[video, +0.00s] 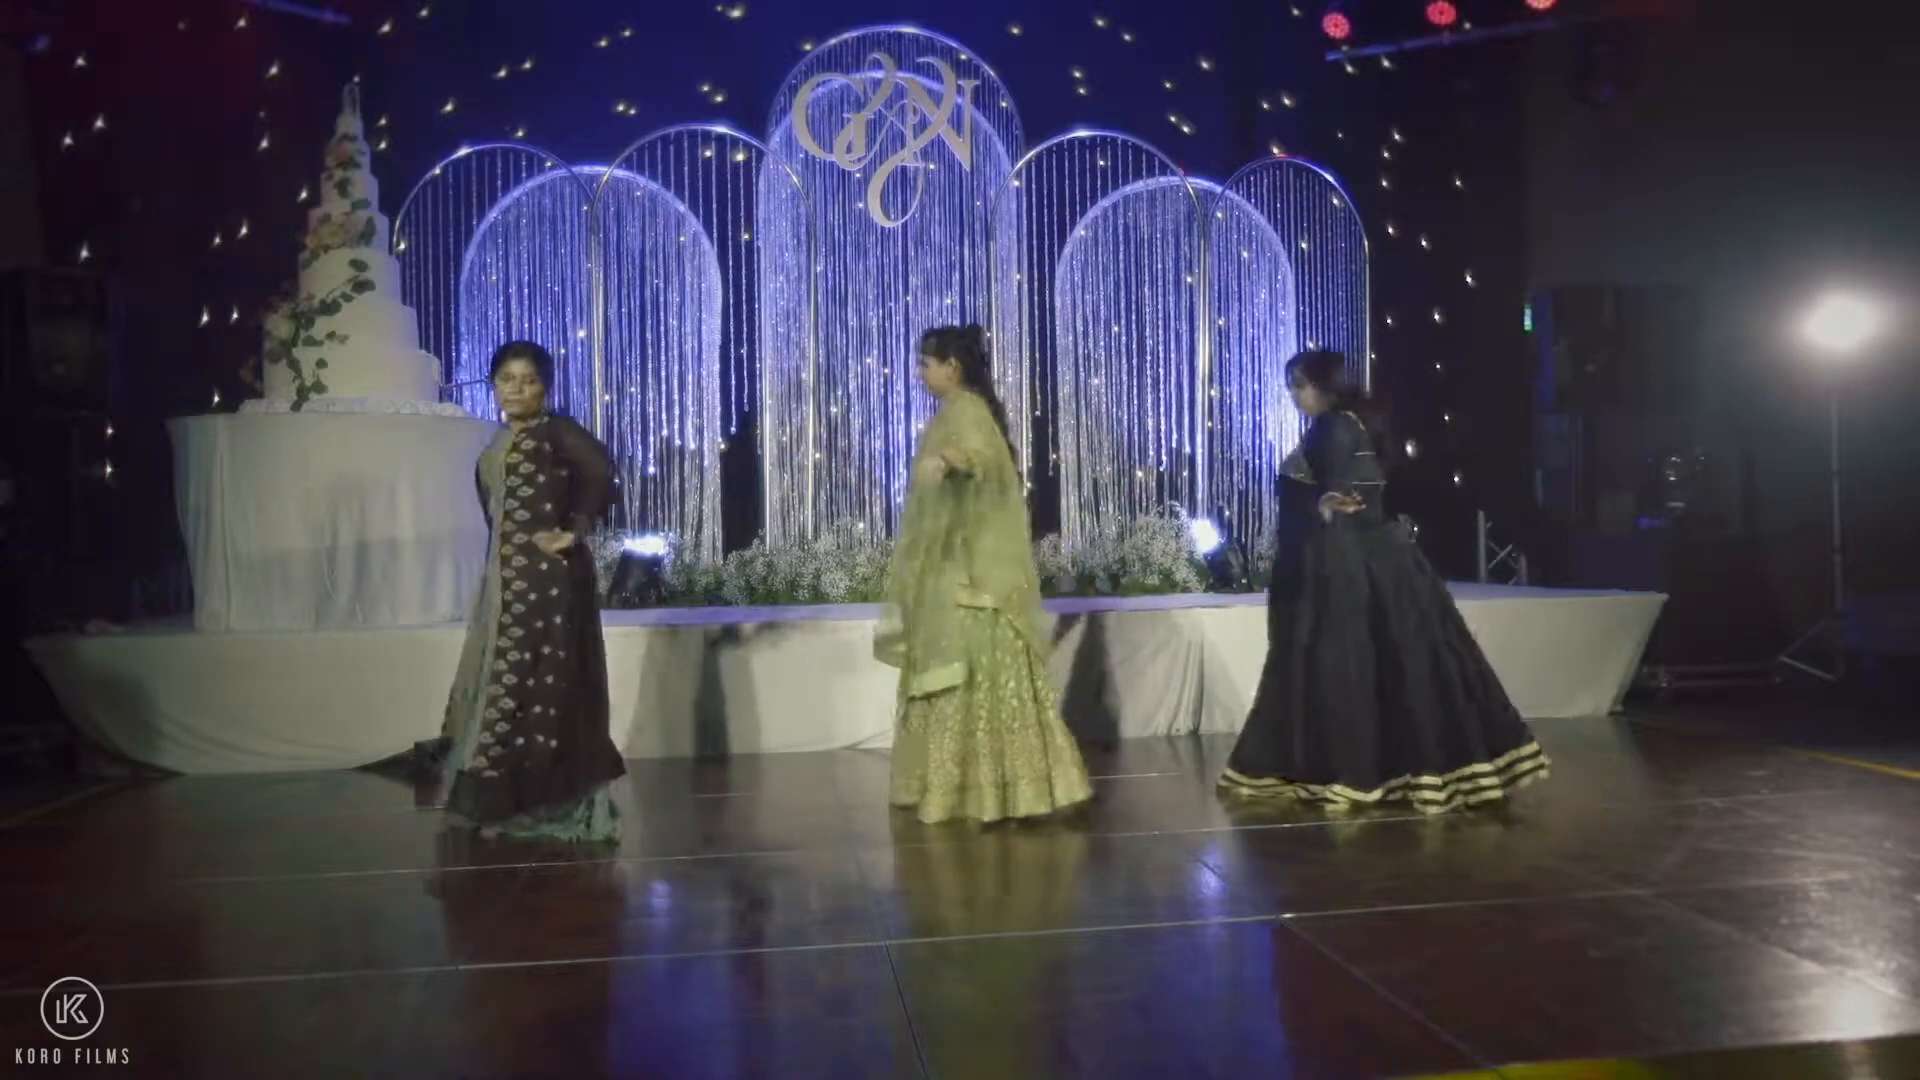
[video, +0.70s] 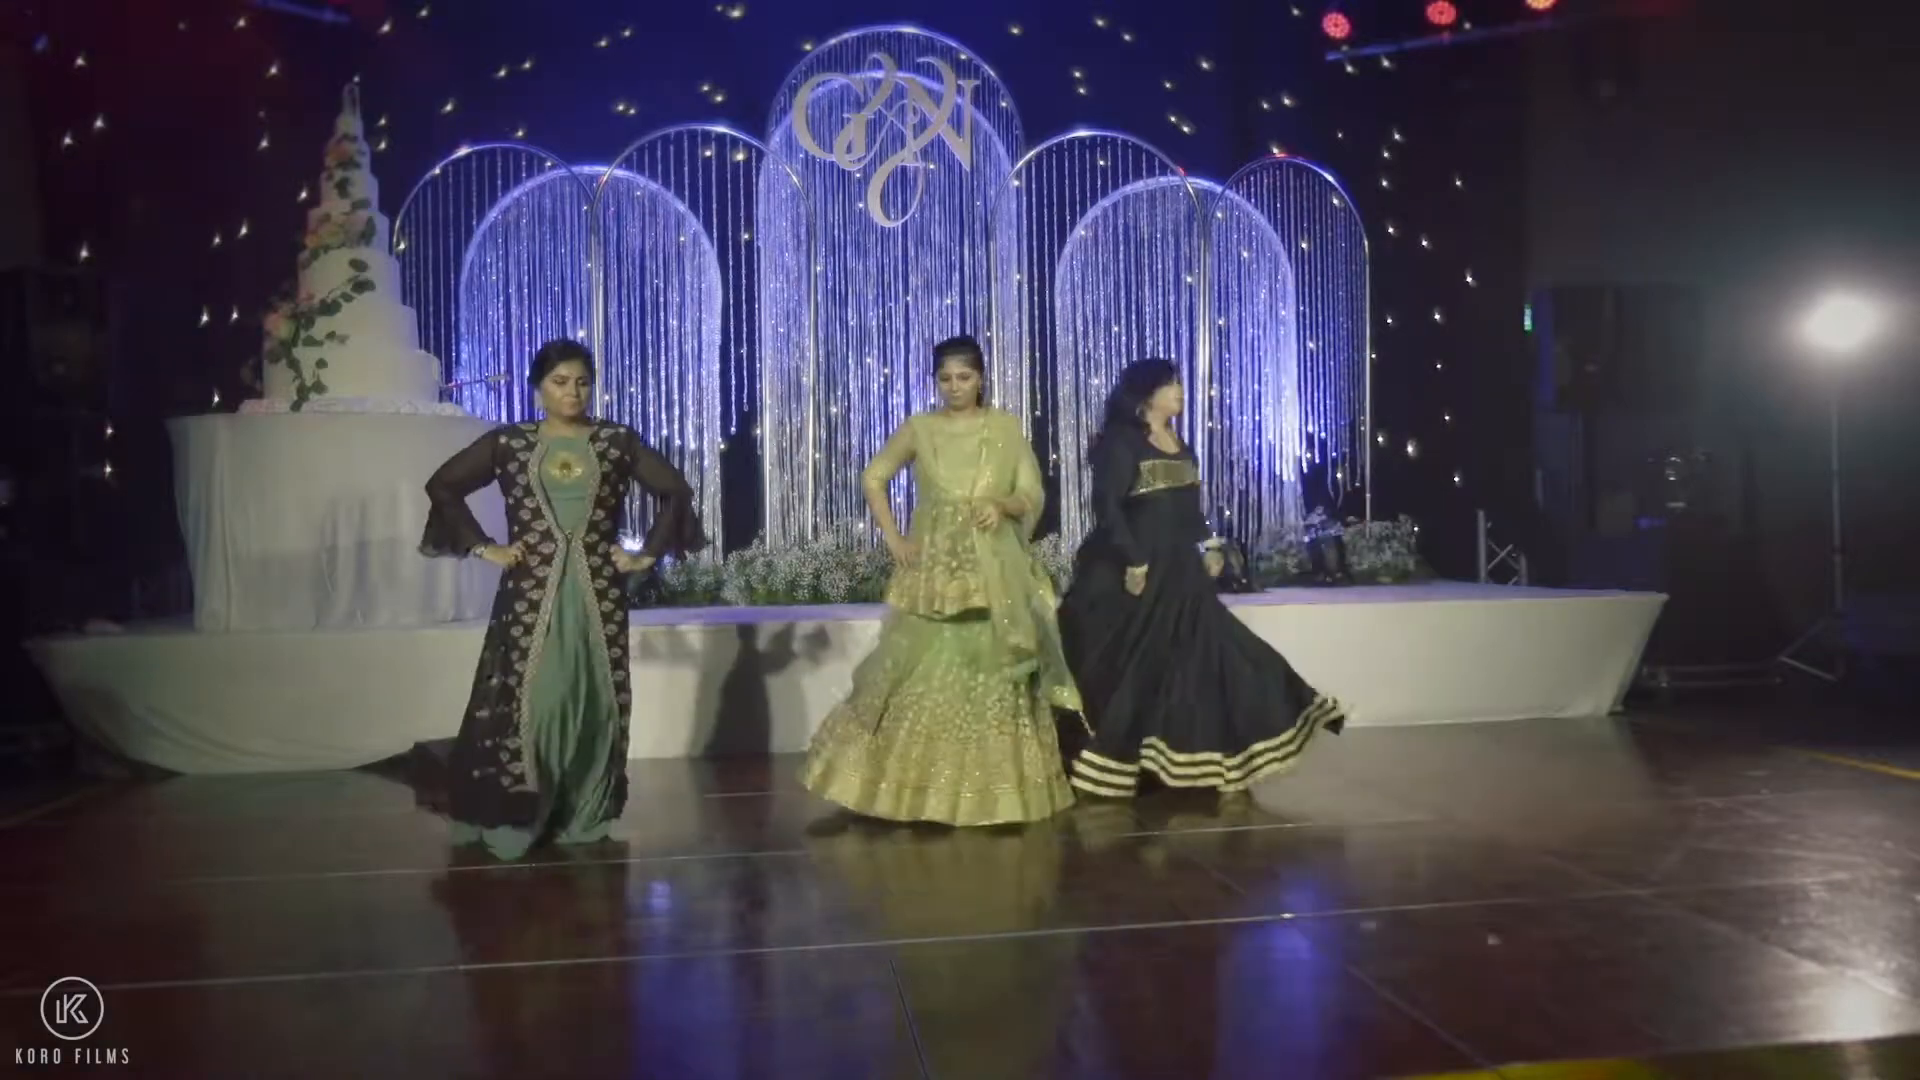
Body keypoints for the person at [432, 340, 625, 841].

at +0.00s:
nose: (516, 388)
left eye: (527, 379)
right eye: (507, 379)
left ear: (544, 387)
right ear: (495, 387)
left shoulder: (558, 432)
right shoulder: (494, 452)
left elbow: (600, 476)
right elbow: (500, 514)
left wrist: (576, 531)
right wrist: (504, 548)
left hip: (549, 577)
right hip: (507, 579)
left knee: (549, 683)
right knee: (498, 679)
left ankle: (549, 799)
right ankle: (493, 795)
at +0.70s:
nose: (573, 391)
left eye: (582, 382)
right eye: (561, 381)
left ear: (591, 388)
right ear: (540, 387)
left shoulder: (618, 442)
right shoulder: (509, 443)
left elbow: (676, 491)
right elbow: (443, 487)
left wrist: (646, 555)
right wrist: (483, 547)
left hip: (597, 585)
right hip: (534, 584)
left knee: (596, 696)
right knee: (529, 696)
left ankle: (584, 817)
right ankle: (520, 819)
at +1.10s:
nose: (648, 373)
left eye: (654, 364)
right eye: (636, 364)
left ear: (660, 371)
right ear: (608, 369)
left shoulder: (671, 431)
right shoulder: (578, 419)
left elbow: (713, 482)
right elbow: (515, 464)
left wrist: (693, 535)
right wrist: (564, 527)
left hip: (657, 592)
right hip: (595, 590)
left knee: (659, 712)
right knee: (586, 709)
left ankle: (635, 836)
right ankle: (556, 838)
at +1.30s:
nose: (700, 385)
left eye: (704, 376)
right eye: (687, 376)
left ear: (708, 383)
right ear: (659, 382)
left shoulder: (722, 446)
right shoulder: (631, 434)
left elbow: (764, 503)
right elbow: (567, 485)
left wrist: (732, 548)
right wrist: (619, 540)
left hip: (706, 588)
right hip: (652, 589)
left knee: (715, 704)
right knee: (651, 706)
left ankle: (695, 832)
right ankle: (643, 832)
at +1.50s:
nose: (747, 370)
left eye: (754, 361)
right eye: (735, 360)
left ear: (761, 369)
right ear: (708, 368)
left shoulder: (775, 430)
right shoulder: (684, 420)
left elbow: (813, 492)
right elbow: (636, 470)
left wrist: (790, 536)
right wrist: (686, 527)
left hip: (766, 579)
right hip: (709, 579)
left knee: (767, 692)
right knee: (713, 694)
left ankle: (765, 812)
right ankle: (710, 818)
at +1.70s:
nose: (809, 372)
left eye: (814, 363)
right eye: (797, 363)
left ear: (820, 370)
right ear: (768, 369)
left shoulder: (829, 428)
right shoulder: (745, 419)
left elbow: (864, 483)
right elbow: (699, 470)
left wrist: (847, 536)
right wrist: (757, 529)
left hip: (820, 586)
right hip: (766, 585)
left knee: (827, 701)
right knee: (767, 704)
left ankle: (827, 829)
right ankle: (766, 832)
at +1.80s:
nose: (838, 378)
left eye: (844, 369)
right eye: (826, 368)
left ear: (850, 376)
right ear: (797, 375)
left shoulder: (862, 443)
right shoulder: (767, 431)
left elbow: (902, 501)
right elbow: (728, 491)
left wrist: (913, 555)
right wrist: (780, 540)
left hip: (848, 598)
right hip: (792, 596)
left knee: (858, 711)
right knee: (799, 715)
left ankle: (857, 841)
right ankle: (798, 845)